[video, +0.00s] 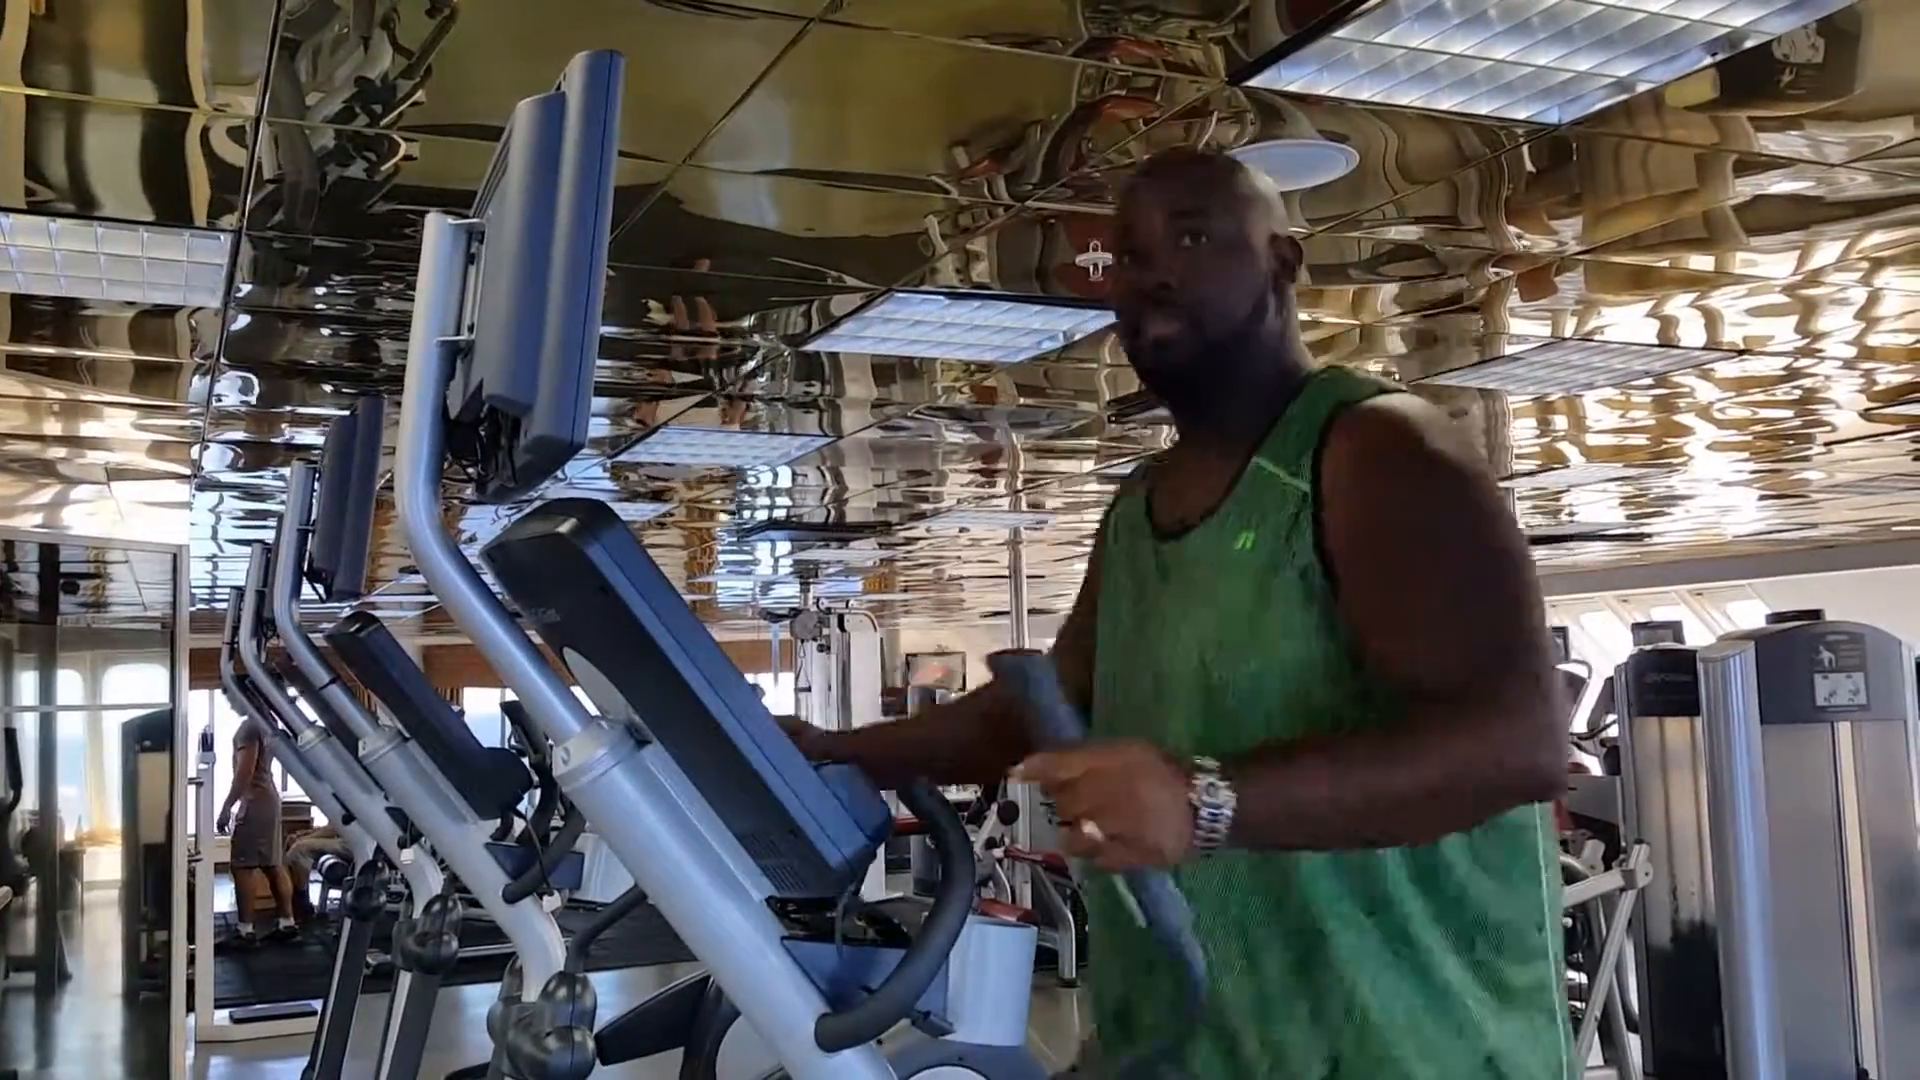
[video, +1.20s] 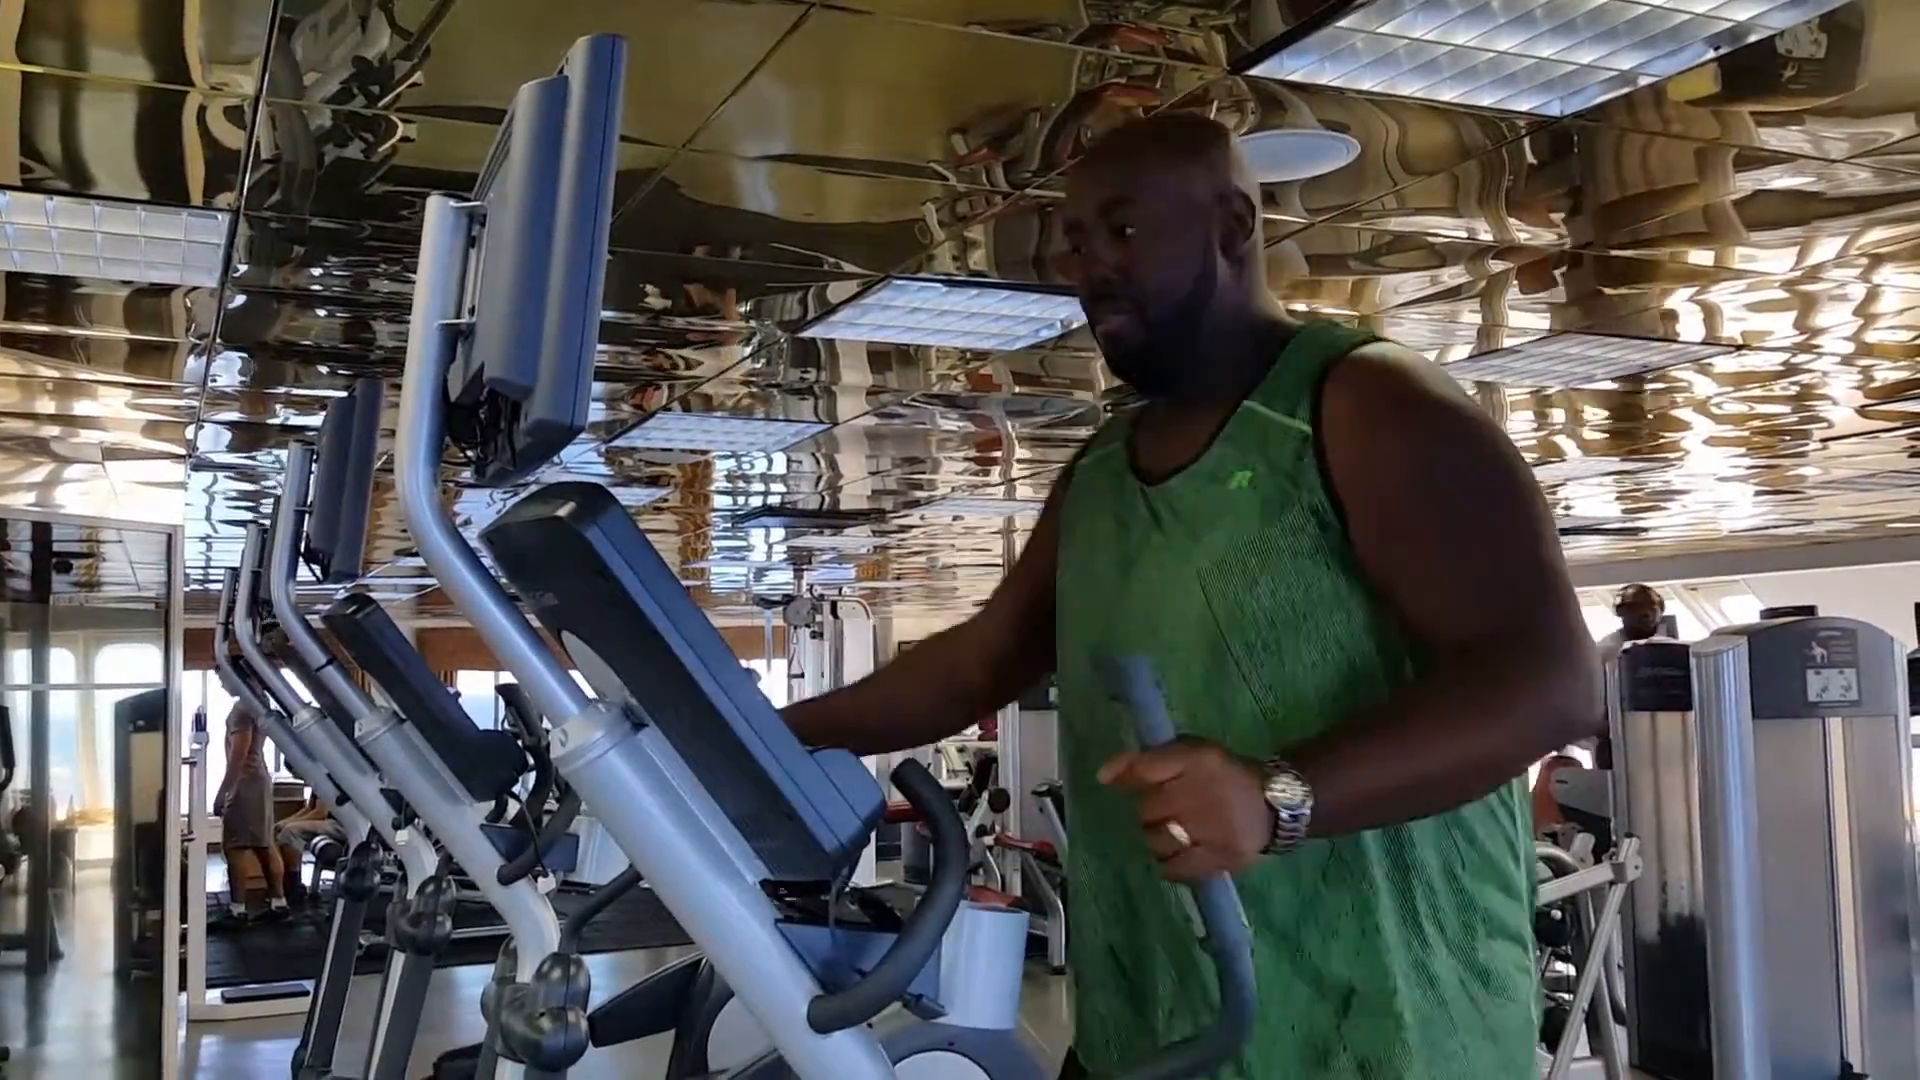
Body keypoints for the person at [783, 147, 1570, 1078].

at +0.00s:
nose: (1145, 276)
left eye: (1192, 236)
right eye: (1127, 255)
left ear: (1283, 265)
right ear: (1110, 290)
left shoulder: (1388, 460)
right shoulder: (1139, 512)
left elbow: (1517, 738)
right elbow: (1052, 712)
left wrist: (1210, 803)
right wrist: (842, 756)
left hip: (1407, 1046)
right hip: (1168, 1044)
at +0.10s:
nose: (1166, 286)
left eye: (1211, 247)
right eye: (1140, 262)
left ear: (1292, 279)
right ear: (1120, 295)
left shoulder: (1394, 459)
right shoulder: (1167, 496)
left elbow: (1432, 743)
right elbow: (1150, 696)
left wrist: (1118, 784)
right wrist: (980, 750)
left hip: (1396, 1037)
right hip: (1191, 1032)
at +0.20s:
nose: (1157, 260)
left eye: (1199, 226)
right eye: (1134, 239)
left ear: (1281, 259)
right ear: (1115, 278)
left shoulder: (1369, 425)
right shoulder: (1171, 475)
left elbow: (1359, 689)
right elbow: (1179, 688)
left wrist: (1056, 777)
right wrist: (1045, 754)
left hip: (1394, 1021)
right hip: (1204, 1014)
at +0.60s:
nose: (1104, 257)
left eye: (1143, 226)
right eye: (1076, 237)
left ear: (1218, 255)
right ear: (1050, 273)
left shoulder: (1312, 417)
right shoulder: (1087, 476)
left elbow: (1377, 668)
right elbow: (1080, 671)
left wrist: (1124, 765)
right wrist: (910, 750)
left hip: (1335, 993)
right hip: (1157, 992)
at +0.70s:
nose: (1104, 291)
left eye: (1143, 259)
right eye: (1078, 269)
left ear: (1219, 287)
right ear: (1057, 303)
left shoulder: (1325, 449)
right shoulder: (1078, 509)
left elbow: (1460, 709)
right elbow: (1025, 709)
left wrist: (1223, 785)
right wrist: (833, 747)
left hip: (1327, 1020)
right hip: (1134, 1017)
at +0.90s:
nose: (1101, 255)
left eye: (1144, 220)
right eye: (1081, 231)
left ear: (1231, 247)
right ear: (1065, 265)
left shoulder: (1337, 421)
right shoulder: (1060, 483)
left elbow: (1540, 660)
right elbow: (933, 663)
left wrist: (1364, 833)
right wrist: (747, 737)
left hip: (1321, 985)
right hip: (1122, 987)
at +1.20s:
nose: (1079, 266)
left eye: (1117, 227)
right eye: (1066, 237)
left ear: (1234, 229)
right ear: (1054, 255)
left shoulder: (1376, 411)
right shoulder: (1100, 474)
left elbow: (1549, 681)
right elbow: (979, 663)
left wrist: (1282, 797)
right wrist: (768, 739)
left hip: (1387, 1033)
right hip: (1151, 1029)